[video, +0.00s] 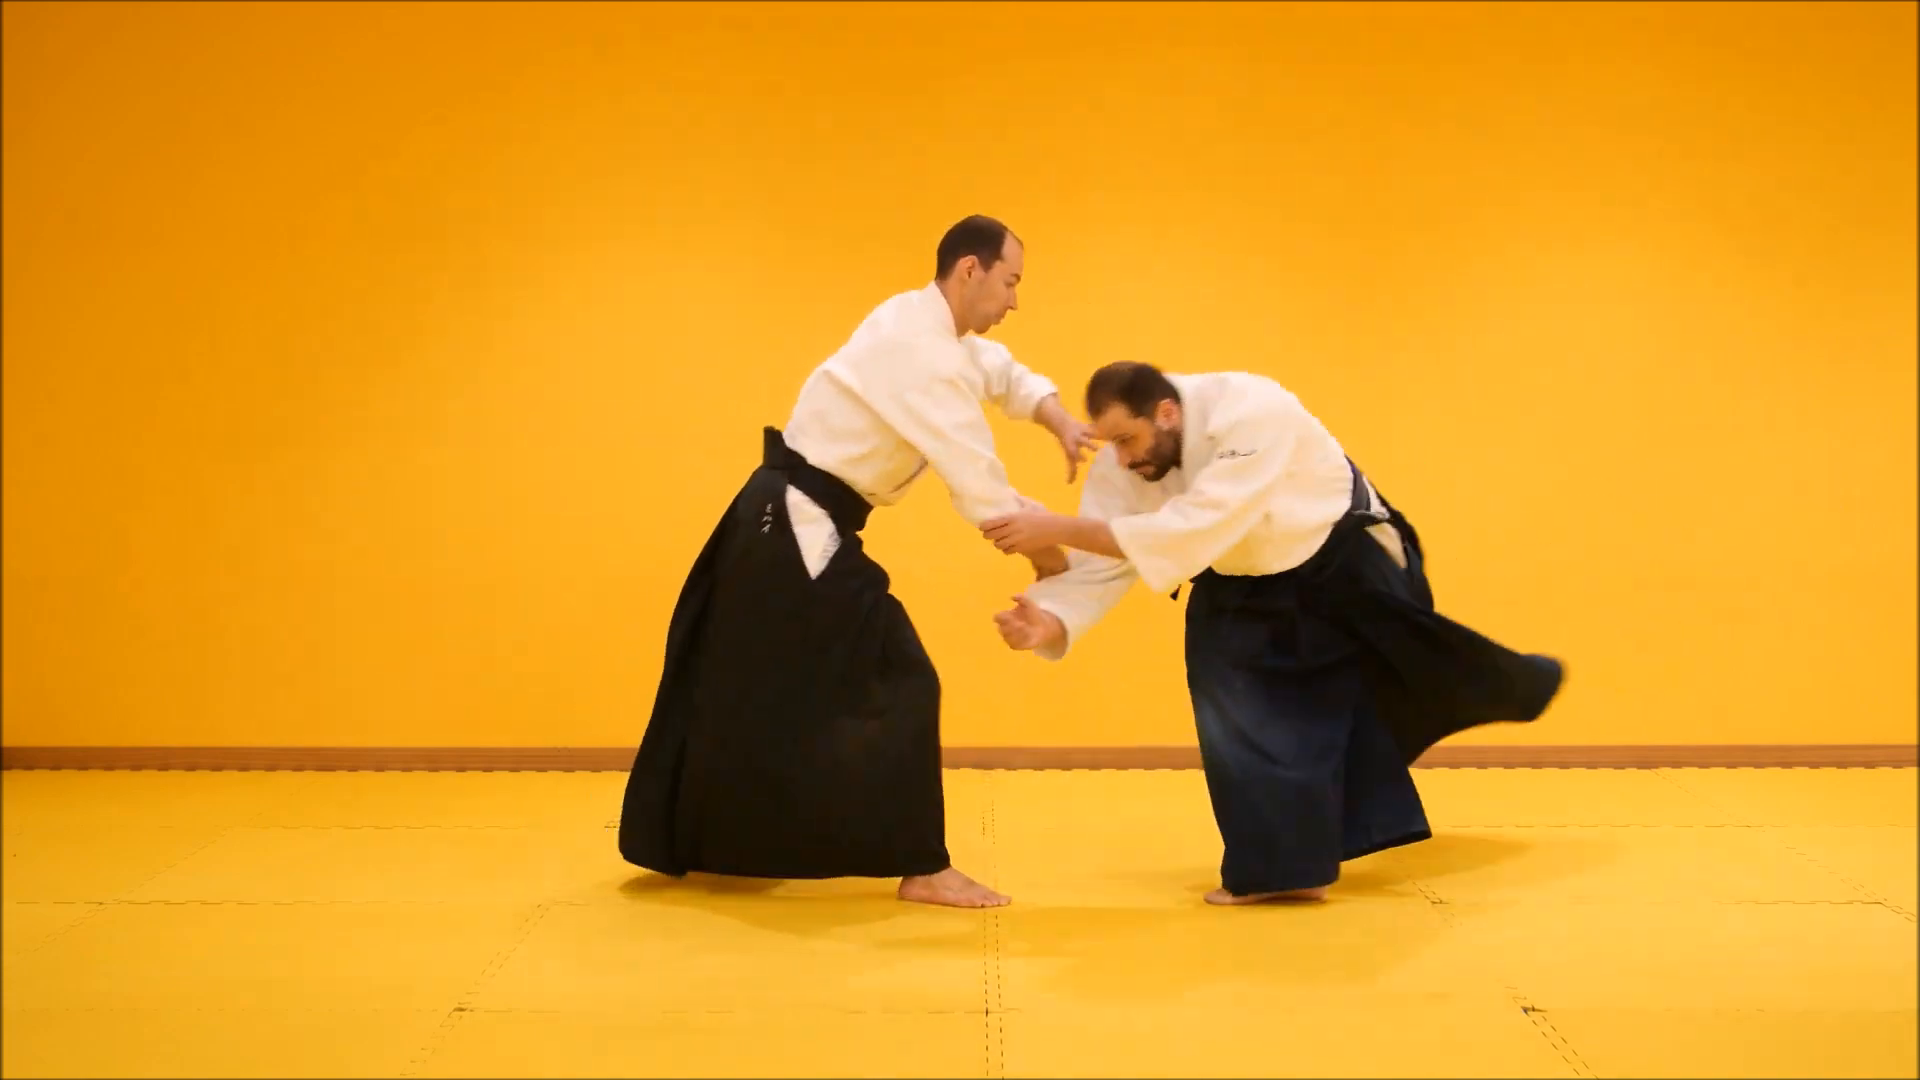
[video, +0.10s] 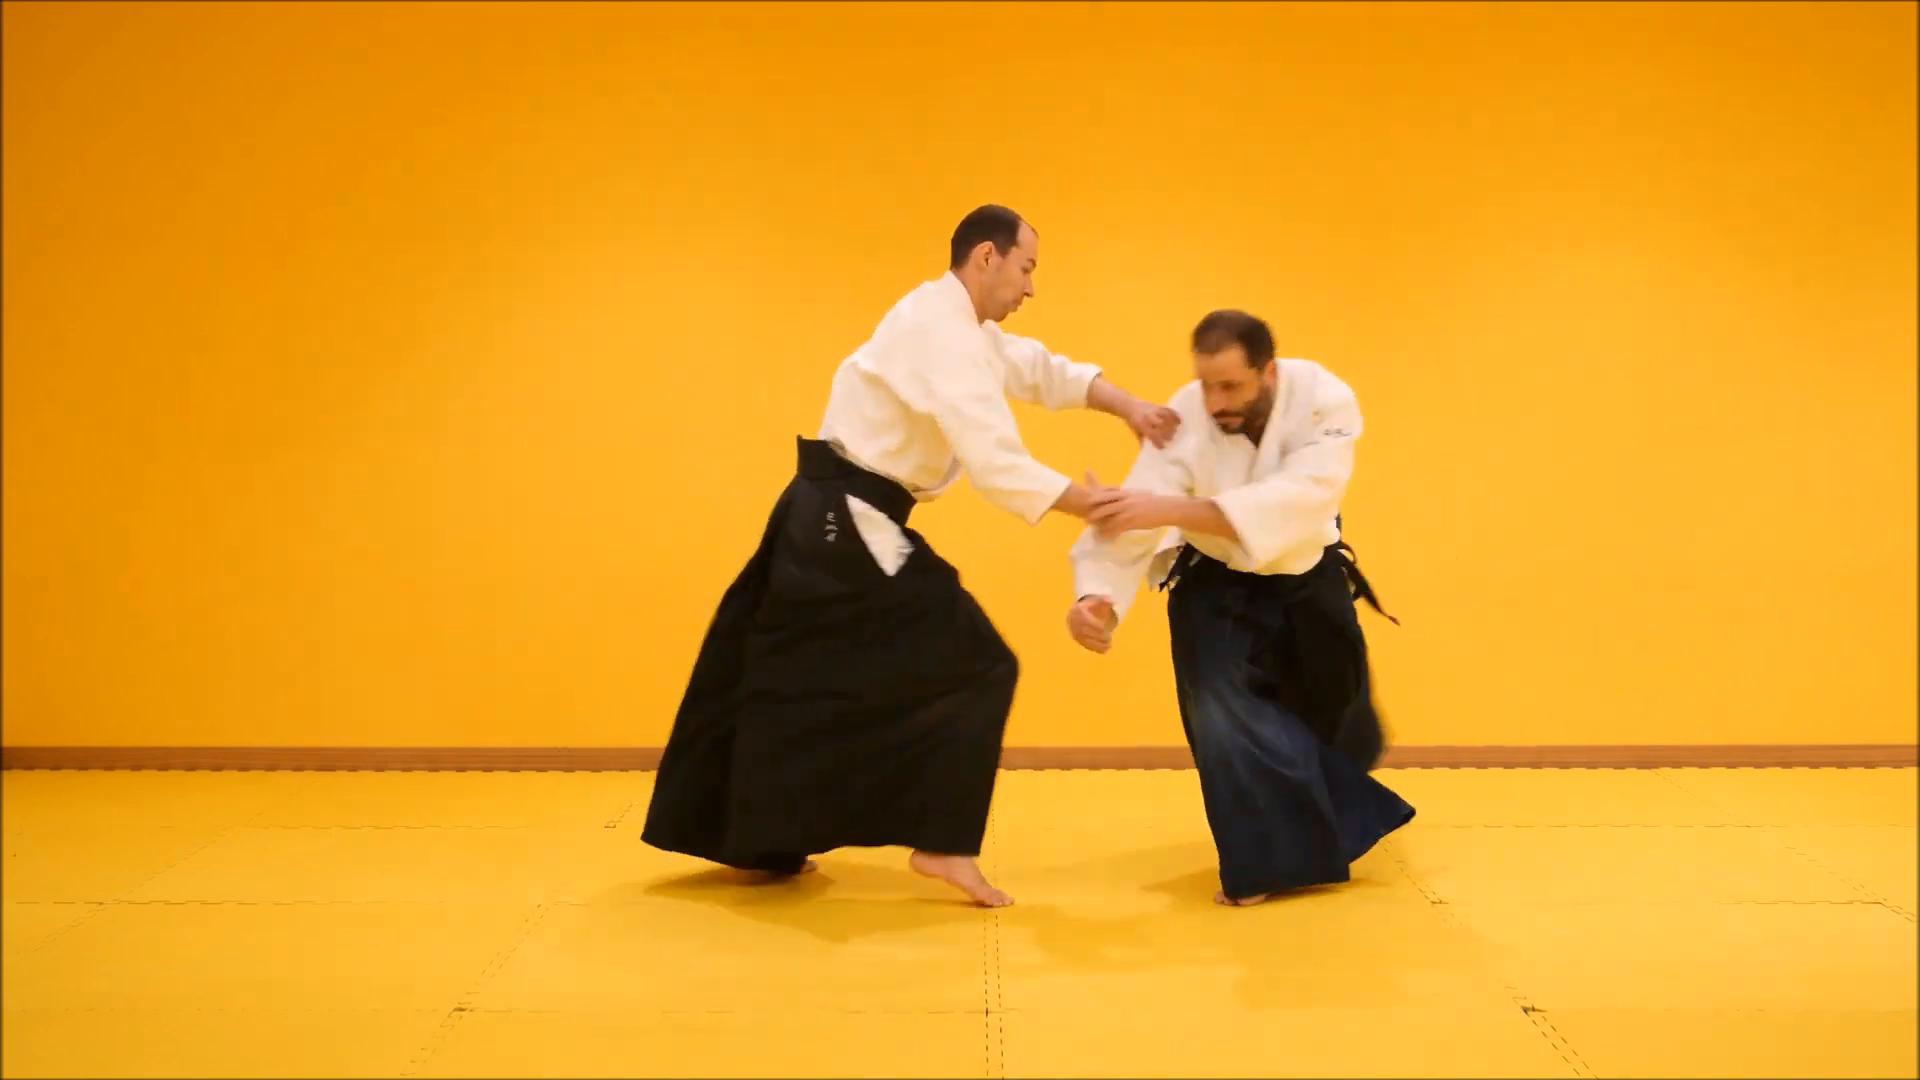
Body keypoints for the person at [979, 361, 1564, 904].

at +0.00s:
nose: (1115, 458)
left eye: (1122, 442)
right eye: (1106, 447)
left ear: (1165, 416)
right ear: (1099, 438)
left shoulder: (1256, 418)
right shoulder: (1116, 466)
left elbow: (1189, 528)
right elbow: (1097, 558)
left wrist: (1063, 532)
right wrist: (1046, 618)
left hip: (1334, 555)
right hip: (1234, 578)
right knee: (1236, 716)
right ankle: (1275, 867)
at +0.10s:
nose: (1214, 402)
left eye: (1228, 386)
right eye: (1205, 385)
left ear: (1268, 373)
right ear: (1195, 374)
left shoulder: (1323, 401)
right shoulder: (1185, 417)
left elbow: (1304, 501)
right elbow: (1133, 512)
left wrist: (1174, 512)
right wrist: (1097, 594)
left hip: (1306, 574)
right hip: (1214, 578)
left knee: (1331, 707)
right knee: (1217, 710)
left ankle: (1307, 838)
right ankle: (1255, 862)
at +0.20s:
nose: (1260, 345)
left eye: (1279, 330)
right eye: (1249, 327)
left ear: (1310, 325)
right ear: (1234, 318)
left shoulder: (1344, 380)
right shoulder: (1200, 384)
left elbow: (1401, 466)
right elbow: (1128, 481)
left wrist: (1339, 517)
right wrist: (1122, 564)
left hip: (1297, 560)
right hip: (1209, 556)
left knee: (1314, 660)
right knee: (1221, 694)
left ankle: (1292, 785)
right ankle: (1250, 857)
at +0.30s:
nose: (1243, 276)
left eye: (1260, 263)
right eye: (1232, 261)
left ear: (1290, 268)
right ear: (1216, 259)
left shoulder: (1323, 337)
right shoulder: (1170, 334)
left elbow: (1387, 416)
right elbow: (1129, 420)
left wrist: (1413, 517)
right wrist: (1139, 515)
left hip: (1286, 527)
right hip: (1199, 527)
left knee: (1321, 647)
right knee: (1226, 687)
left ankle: (1300, 761)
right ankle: (1249, 872)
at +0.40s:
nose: (1204, 223)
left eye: (1220, 208)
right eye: (1194, 209)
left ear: (1259, 212)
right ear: (1184, 213)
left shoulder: (1306, 291)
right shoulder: (1154, 294)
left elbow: (1364, 373)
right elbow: (1124, 385)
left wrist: (1398, 473)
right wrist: (1128, 453)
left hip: (1283, 500)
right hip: (1194, 504)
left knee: (1334, 641)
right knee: (1232, 672)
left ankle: (1289, 777)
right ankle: (1248, 861)